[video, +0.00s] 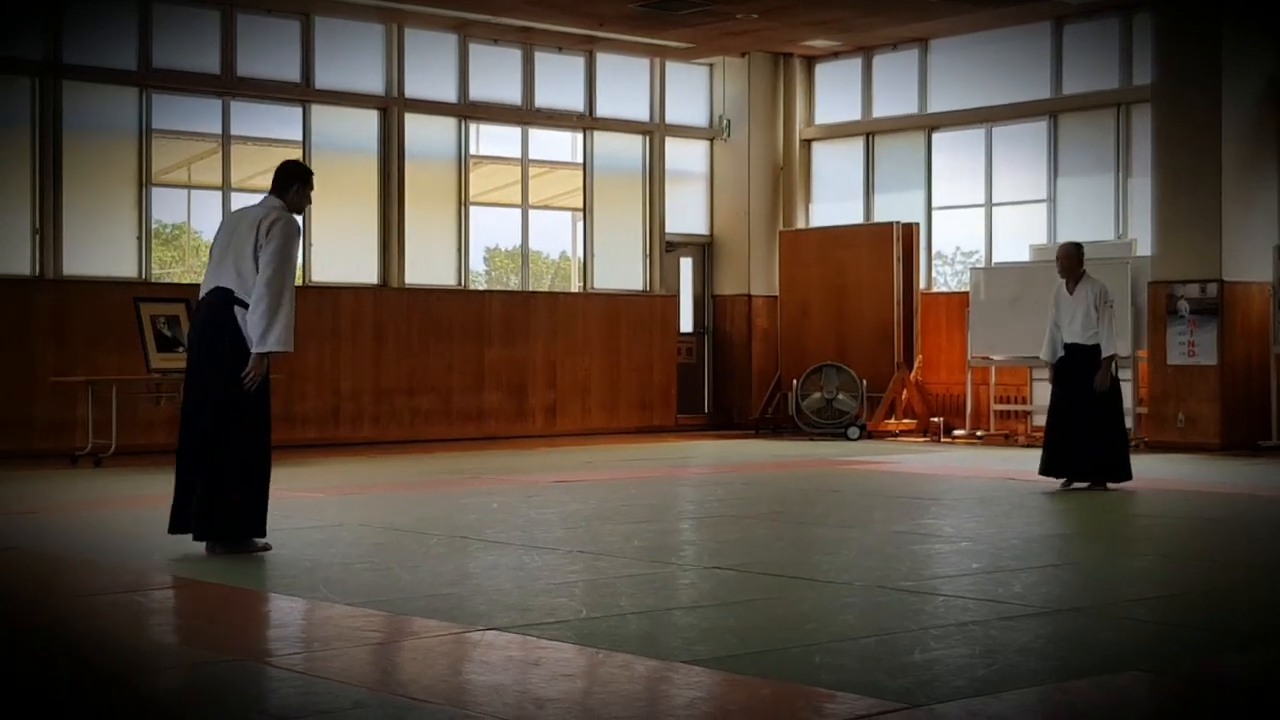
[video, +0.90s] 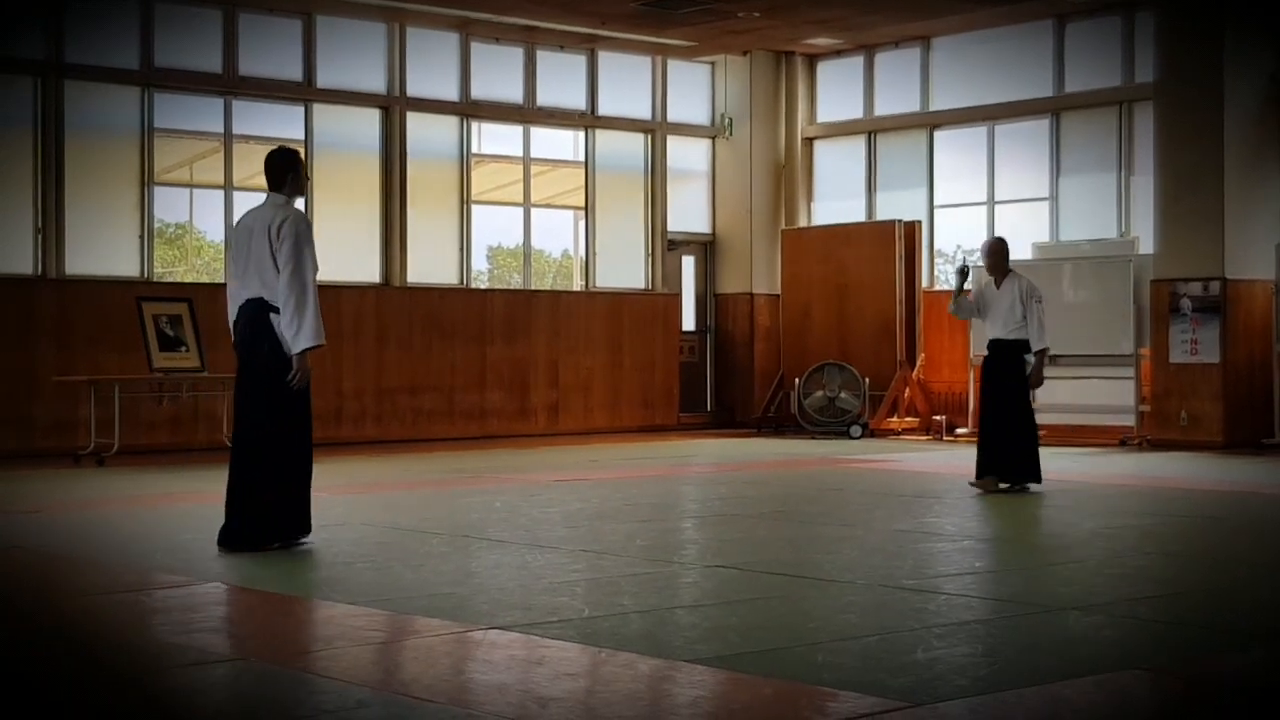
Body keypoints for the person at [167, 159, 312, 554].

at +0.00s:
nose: (310, 201)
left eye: (310, 193)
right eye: (308, 192)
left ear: (275, 186)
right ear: (296, 189)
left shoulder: (236, 217)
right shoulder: (282, 221)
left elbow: (215, 275)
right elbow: (270, 283)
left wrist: (206, 328)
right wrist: (262, 346)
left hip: (208, 321)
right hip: (237, 324)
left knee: (214, 425)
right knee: (243, 427)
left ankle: (213, 526)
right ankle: (233, 531)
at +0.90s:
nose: (305, 182)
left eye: (303, 175)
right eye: (303, 175)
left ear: (268, 178)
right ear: (294, 178)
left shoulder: (243, 223)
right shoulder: (293, 221)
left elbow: (234, 284)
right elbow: (295, 287)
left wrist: (238, 333)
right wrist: (300, 346)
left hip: (247, 328)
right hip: (279, 329)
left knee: (252, 426)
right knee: (285, 427)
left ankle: (243, 527)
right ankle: (279, 526)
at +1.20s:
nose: (344, 191)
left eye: (341, 185)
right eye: (339, 185)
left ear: (308, 191)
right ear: (328, 190)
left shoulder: (284, 232)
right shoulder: (331, 231)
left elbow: (270, 290)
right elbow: (334, 293)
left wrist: (269, 341)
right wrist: (338, 353)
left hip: (283, 338)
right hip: (312, 338)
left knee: (330, 427)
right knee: (285, 432)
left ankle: (349, 516)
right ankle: (254, 525)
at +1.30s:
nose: (358, 192)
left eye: (356, 186)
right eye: (354, 187)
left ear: (324, 192)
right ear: (342, 191)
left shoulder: (300, 234)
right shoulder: (347, 231)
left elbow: (286, 293)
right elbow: (350, 294)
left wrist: (286, 343)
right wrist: (355, 352)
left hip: (302, 339)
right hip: (330, 341)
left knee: (339, 430)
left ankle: (350, 519)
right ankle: (251, 517)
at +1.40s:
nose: (372, 189)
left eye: (370, 183)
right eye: (368, 184)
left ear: (337, 189)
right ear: (357, 187)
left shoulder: (315, 231)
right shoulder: (363, 228)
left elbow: (303, 291)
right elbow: (367, 291)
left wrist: (305, 341)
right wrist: (374, 348)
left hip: (319, 334)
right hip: (349, 335)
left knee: (342, 429)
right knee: (346, 429)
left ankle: (355, 522)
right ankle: (276, 504)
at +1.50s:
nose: (384, 189)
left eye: (381, 182)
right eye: (382, 183)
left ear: (349, 187)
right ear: (374, 186)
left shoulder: (328, 229)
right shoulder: (376, 226)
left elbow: (318, 287)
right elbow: (383, 287)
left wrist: (321, 334)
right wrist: (392, 344)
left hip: (332, 329)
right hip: (365, 329)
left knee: (341, 419)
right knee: (383, 427)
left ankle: (353, 520)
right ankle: (322, 497)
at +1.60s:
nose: (402, 188)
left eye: (400, 182)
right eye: (400, 182)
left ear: (366, 188)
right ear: (393, 186)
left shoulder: (344, 228)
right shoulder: (393, 227)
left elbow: (332, 287)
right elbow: (401, 289)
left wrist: (339, 333)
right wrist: (412, 345)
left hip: (348, 333)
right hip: (382, 332)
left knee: (358, 423)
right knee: (418, 422)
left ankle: (354, 522)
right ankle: (378, 507)